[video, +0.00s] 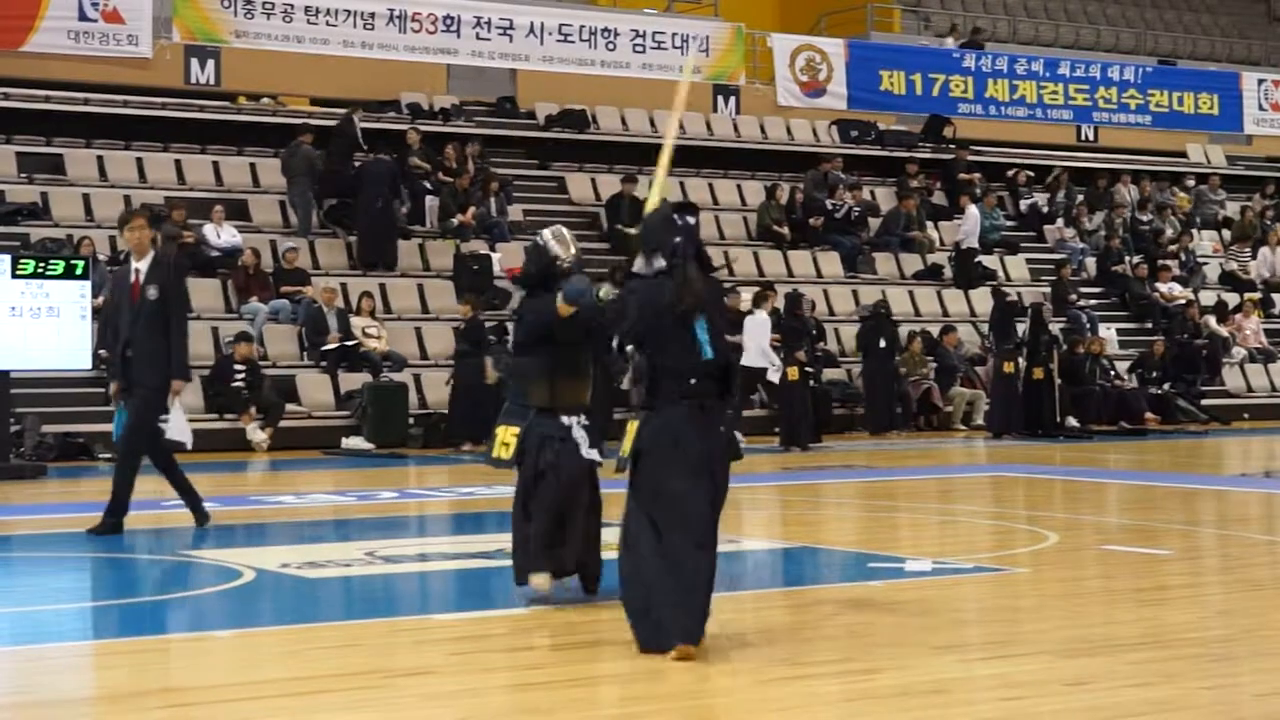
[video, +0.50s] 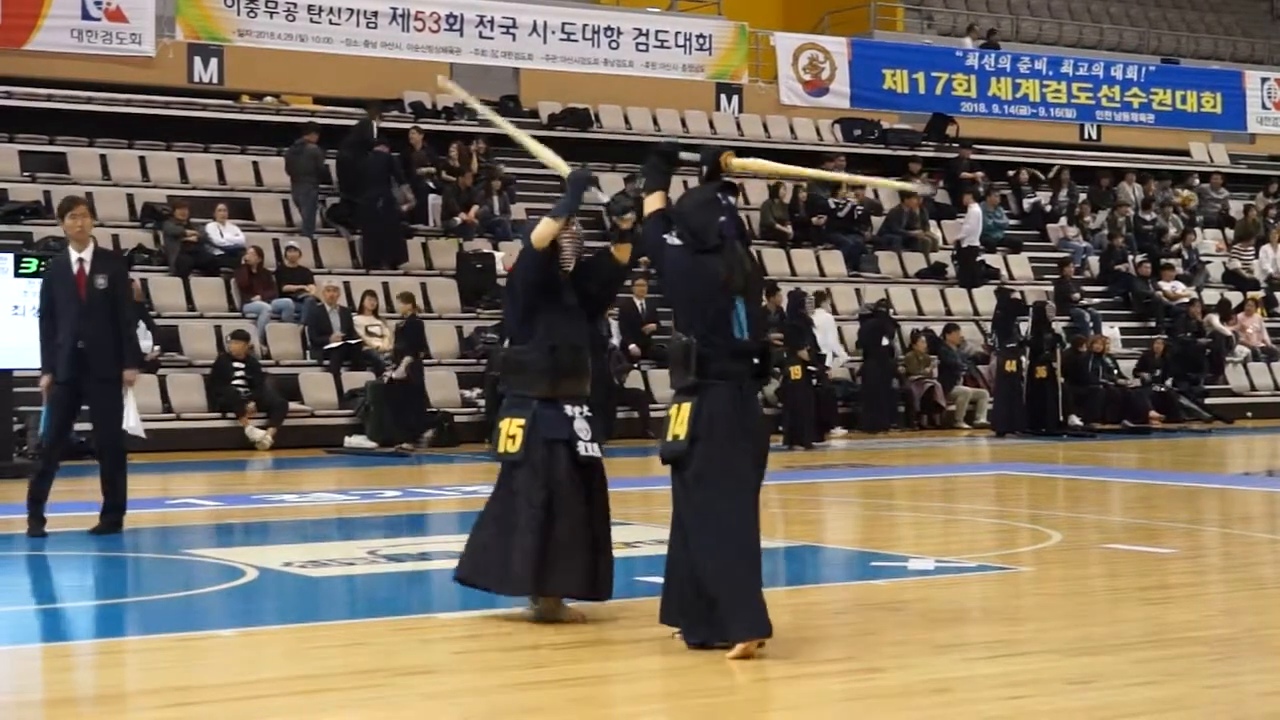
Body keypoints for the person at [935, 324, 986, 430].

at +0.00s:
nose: (957, 338)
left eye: (956, 335)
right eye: (954, 335)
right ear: (945, 337)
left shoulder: (954, 352)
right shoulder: (940, 352)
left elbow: (966, 364)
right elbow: (951, 366)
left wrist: (958, 367)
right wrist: (962, 367)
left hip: (957, 387)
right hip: (944, 388)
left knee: (980, 395)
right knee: (963, 393)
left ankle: (977, 420)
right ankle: (956, 423)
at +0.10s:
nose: (958, 338)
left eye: (957, 335)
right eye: (955, 335)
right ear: (946, 337)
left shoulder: (955, 352)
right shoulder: (941, 352)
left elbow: (966, 364)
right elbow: (952, 366)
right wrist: (963, 367)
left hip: (957, 386)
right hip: (944, 387)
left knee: (980, 395)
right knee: (963, 393)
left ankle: (978, 420)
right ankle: (956, 422)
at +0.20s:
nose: (958, 338)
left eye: (958, 335)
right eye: (955, 335)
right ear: (946, 337)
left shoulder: (955, 352)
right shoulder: (941, 351)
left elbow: (967, 363)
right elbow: (952, 366)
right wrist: (963, 367)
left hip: (958, 386)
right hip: (945, 387)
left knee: (981, 394)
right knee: (964, 393)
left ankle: (978, 420)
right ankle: (957, 422)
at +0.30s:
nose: (959, 336)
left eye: (959, 334)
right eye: (957, 334)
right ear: (947, 335)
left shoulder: (956, 351)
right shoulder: (942, 350)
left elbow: (968, 362)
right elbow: (953, 364)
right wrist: (965, 366)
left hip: (959, 386)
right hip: (946, 387)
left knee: (982, 394)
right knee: (965, 392)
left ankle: (979, 420)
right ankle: (958, 421)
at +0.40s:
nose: (960, 336)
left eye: (959, 333)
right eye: (957, 333)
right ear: (948, 335)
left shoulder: (956, 350)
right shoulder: (943, 350)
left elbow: (968, 361)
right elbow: (953, 363)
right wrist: (965, 366)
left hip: (959, 386)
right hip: (946, 387)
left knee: (983, 393)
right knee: (965, 392)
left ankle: (980, 419)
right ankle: (958, 421)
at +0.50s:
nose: (960, 336)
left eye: (959, 333)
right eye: (957, 333)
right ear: (948, 335)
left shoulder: (956, 350)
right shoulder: (943, 350)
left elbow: (969, 361)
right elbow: (953, 363)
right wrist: (966, 366)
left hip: (960, 386)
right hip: (947, 387)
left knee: (983, 393)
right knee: (966, 392)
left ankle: (980, 419)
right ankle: (959, 421)